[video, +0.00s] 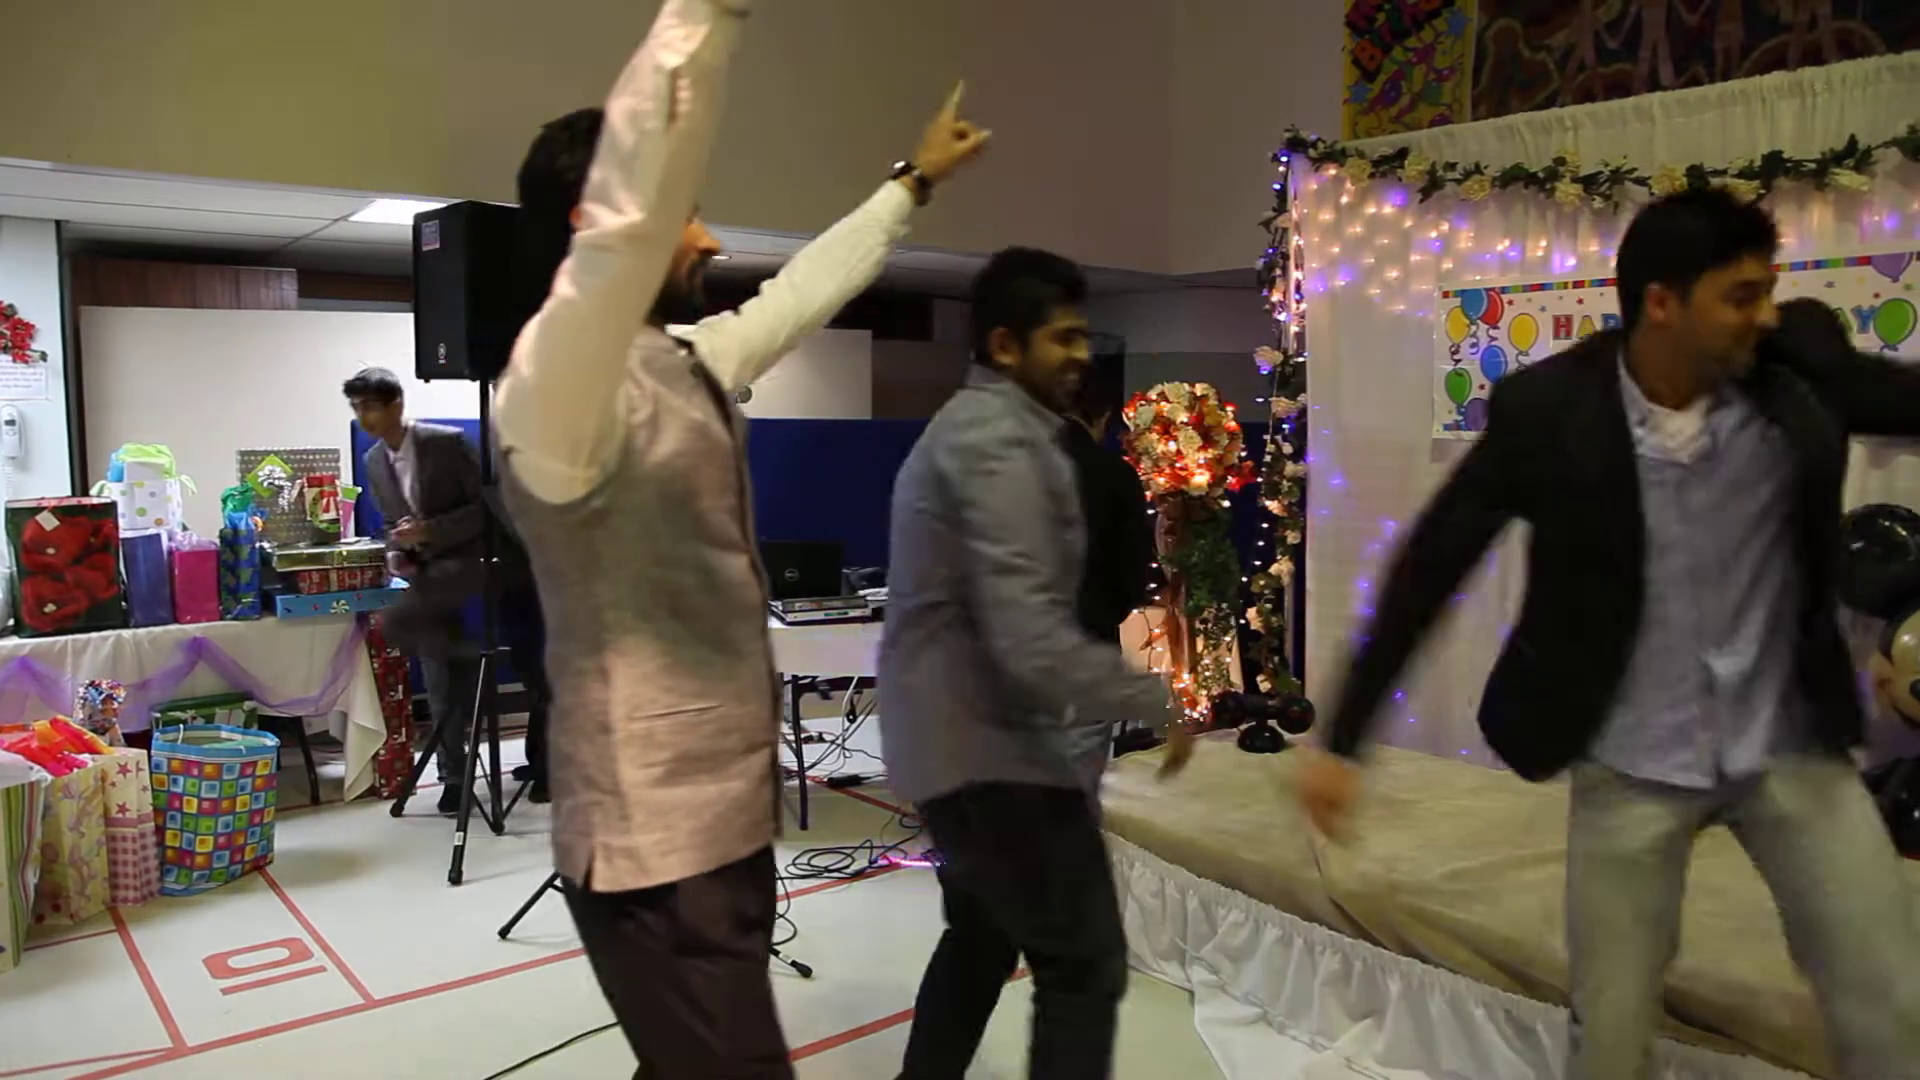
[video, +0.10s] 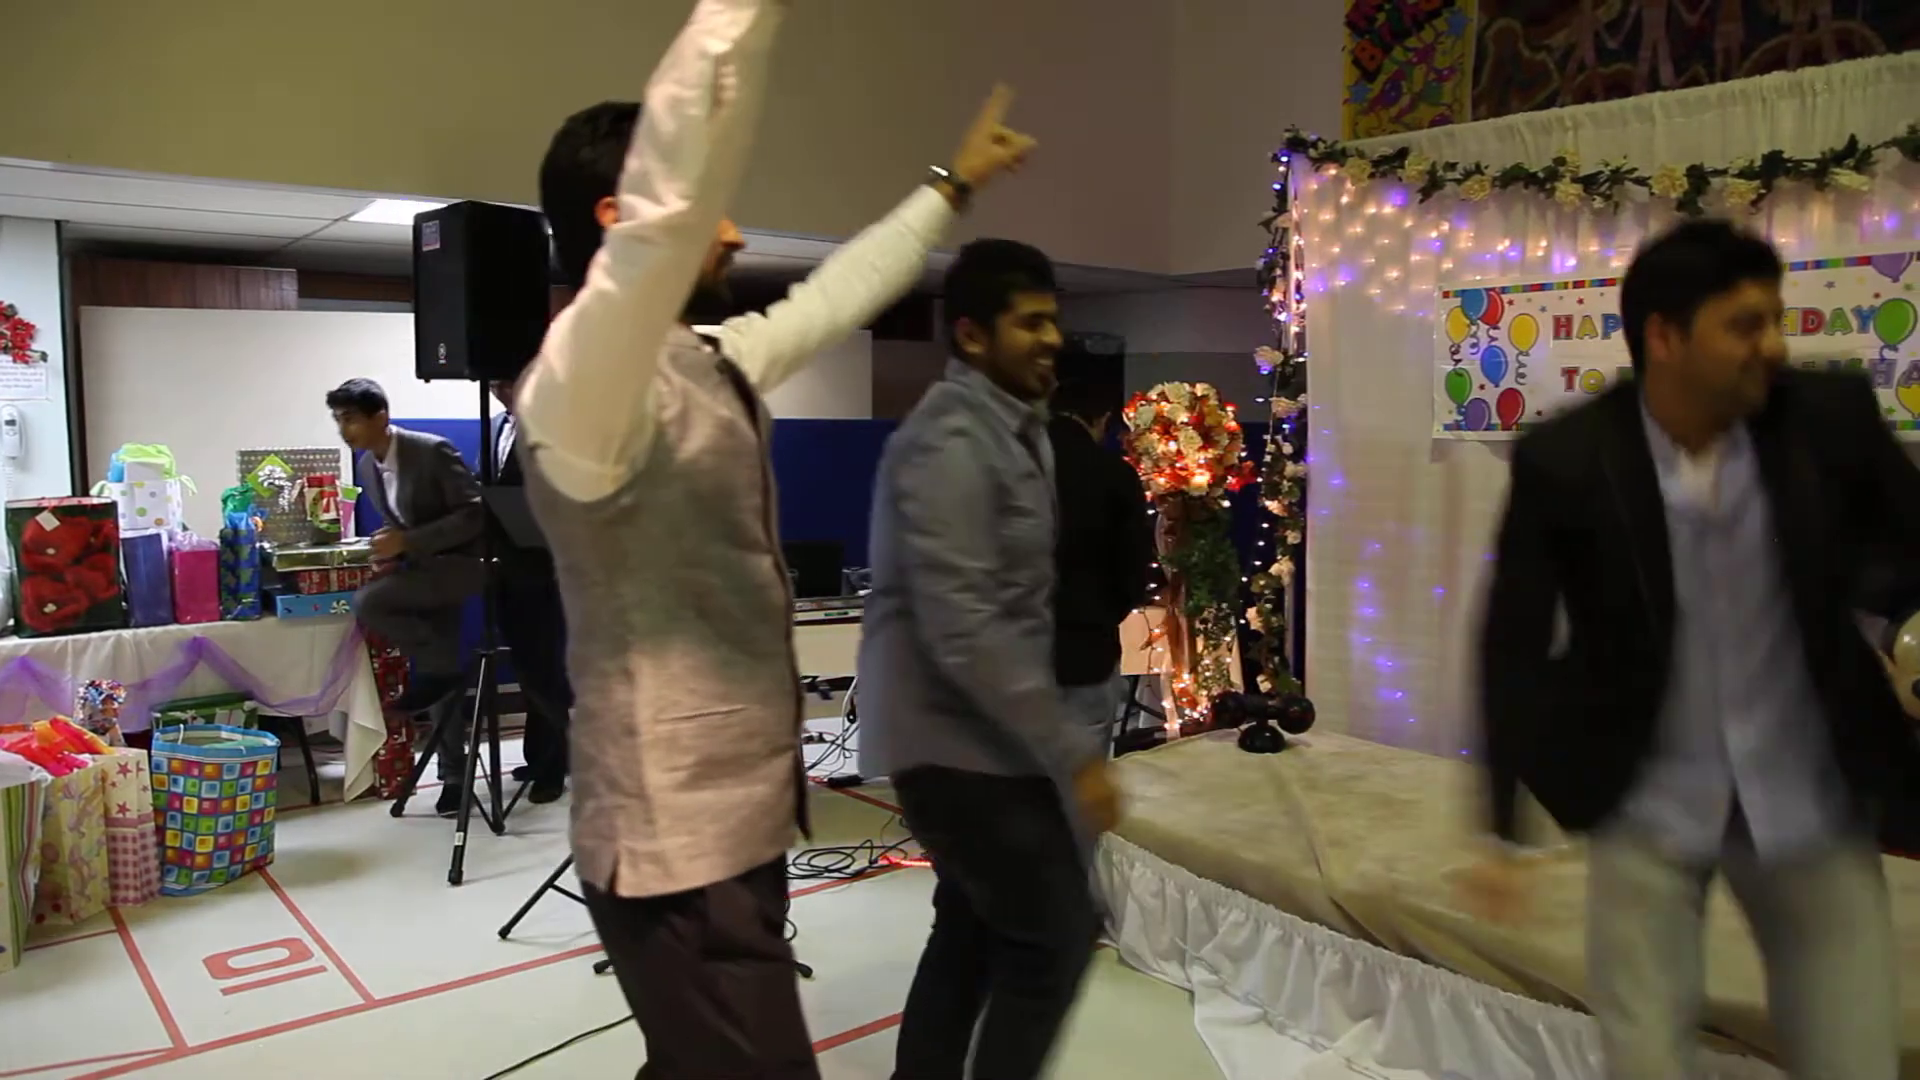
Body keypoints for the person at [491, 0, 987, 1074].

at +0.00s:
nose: (707, 232)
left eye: (698, 208)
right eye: (678, 213)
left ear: (648, 230)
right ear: (603, 226)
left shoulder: (693, 364)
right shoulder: (557, 401)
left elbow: (801, 293)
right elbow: (627, 206)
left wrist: (913, 183)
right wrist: (705, 3)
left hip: (725, 830)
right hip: (651, 853)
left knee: (706, 1064)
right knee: (733, 1071)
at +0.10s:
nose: (731, 218)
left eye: (723, 196)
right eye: (698, 201)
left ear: (688, 221)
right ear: (621, 217)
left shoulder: (717, 361)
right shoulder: (581, 396)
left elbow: (837, 297)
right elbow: (664, 197)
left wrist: (954, 187)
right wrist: (737, 1)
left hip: (739, 827)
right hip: (668, 850)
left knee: (709, 1065)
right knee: (757, 1069)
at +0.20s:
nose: (756, 222)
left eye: (747, 196)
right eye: (725, 200)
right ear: (645, 213)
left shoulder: (735, 365)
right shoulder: (602, 394)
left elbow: (868, 343)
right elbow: (704, 204)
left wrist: (1012, 241)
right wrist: (778, 7)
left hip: (760, 833)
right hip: (689, 858)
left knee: (773, 1055)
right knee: (752, 1066)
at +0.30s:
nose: (765, 210)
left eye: (764, 186)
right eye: (736, 189)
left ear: (696, 210)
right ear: (676, 213)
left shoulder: (759, 379)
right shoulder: (621, 398)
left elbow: (888, 414)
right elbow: (751, 209)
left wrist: (1059, 384)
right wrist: (839, 3)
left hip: (783, 840)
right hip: (705, 865)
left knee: (820, 1057)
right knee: (792, 1066)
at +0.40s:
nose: (785, 212)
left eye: (787, 189)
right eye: (764, 192)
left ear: (718, 211)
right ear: (701, 209)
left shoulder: (764, 396)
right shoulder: (643, 404)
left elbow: (872, 513)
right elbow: (781, 213)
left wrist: (1063, 568)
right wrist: (893, 3)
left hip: (809, 850)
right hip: (731, 876)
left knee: (820, 1050)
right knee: (788, 1064)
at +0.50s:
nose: (821, 209)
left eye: (822, 183)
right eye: (801, 184)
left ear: (746, 208)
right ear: (741, 203)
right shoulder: (676, 390)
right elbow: (823, 200)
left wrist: (998, 717)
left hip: (822, 856)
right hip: (760, 882)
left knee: (866, 1056)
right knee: (835, 1068)